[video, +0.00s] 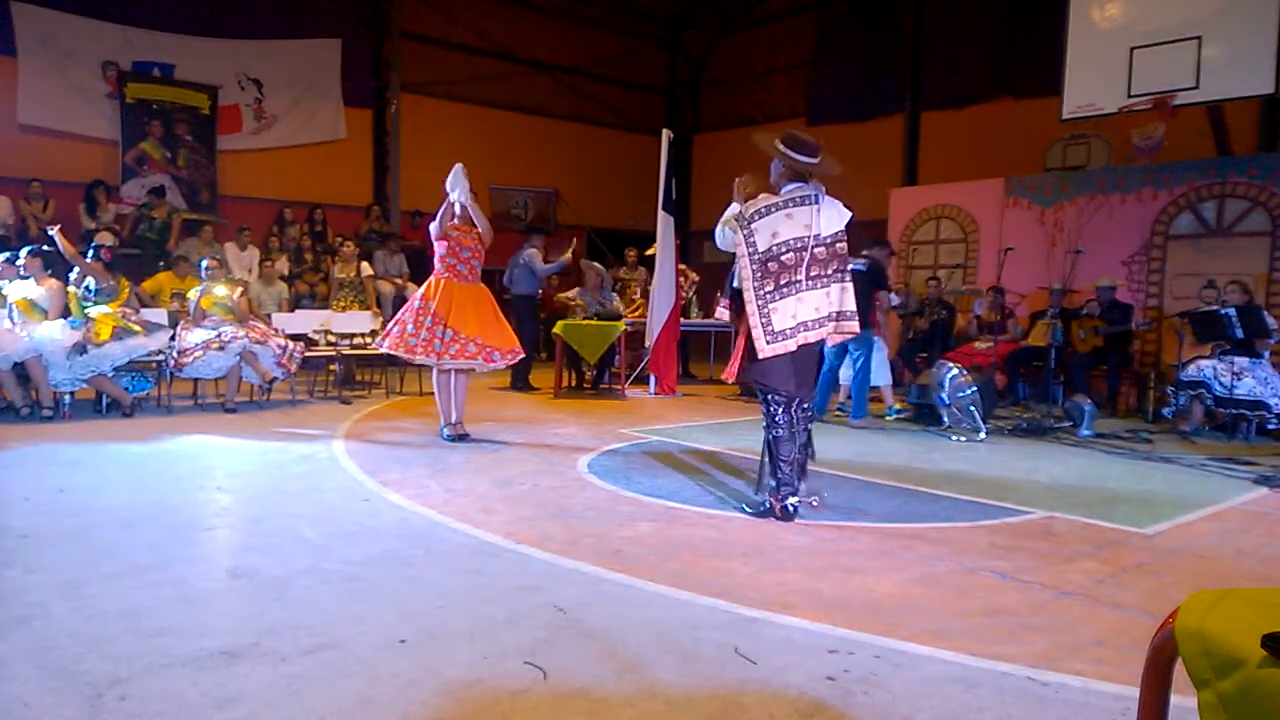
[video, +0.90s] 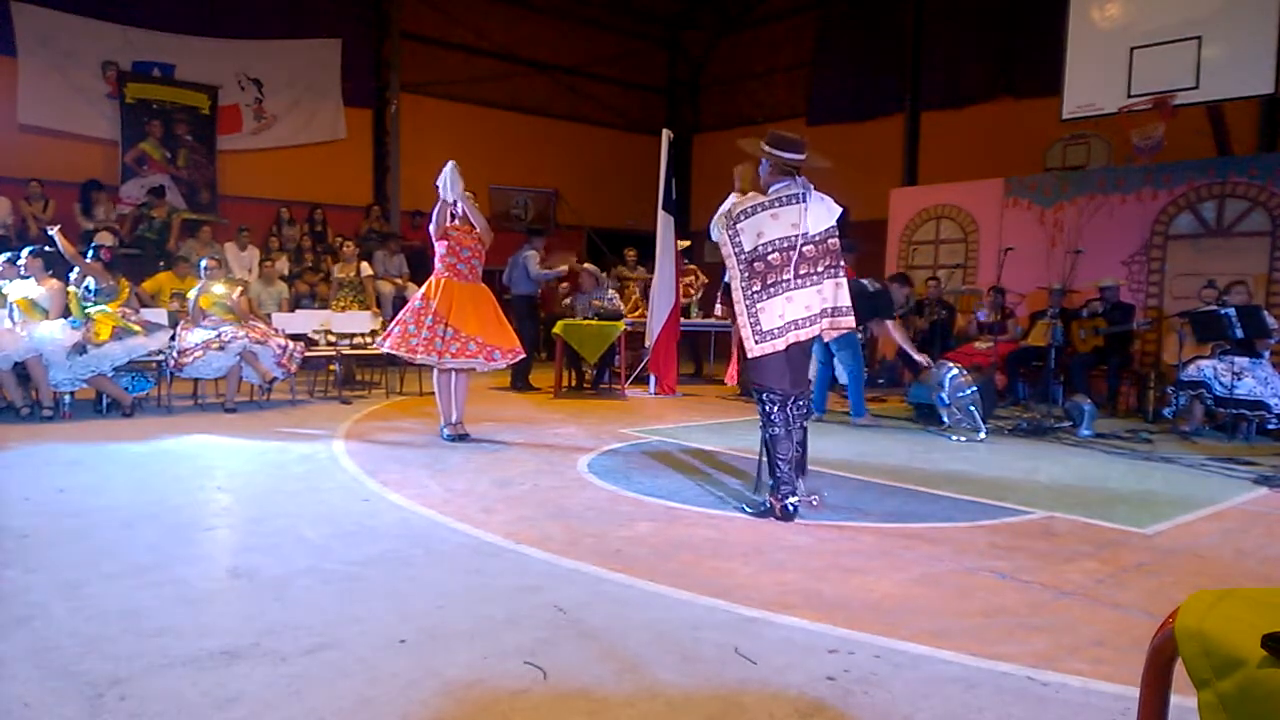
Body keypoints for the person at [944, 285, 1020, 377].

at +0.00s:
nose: (992, 300)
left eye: (996, 297)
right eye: (990, 296)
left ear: (1001, 299)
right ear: (985, 298)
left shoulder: (1008, 313)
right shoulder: (978, 316)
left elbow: (1012, 335)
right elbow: (974, 336)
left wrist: (993, 339)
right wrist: (971, 323)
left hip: (1003, 344)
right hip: (983, 345)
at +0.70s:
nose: (992, 300)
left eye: (996, 297)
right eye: (990, 296)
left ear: (1002, 299)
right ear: (987, 298)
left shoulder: (1008, 312)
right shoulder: (980, 312)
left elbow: (1012, 335)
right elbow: (973, 334)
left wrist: (993, 339)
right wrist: (971, 322)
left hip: (1003, 344)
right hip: (983, 343)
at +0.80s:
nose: (992, 300)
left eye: (996, 297)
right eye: (990, 296)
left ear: (1002, 299)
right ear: (986, 298)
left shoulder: (1008, 313)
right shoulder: (980, 312)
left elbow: (1013, 335)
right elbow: (973, 334)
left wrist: (993, 339)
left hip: (1004, 343)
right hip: (984, 343)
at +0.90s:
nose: (992, 300)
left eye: (995, 297)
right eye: (989, 296)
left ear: (1001, 300)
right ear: (985, 298)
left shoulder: (1007, 312)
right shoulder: (979, 313)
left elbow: (1012, 335)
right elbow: (973, 334)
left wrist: (993, 338)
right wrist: (973, 321)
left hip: (1002, 343)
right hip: (983, 343)